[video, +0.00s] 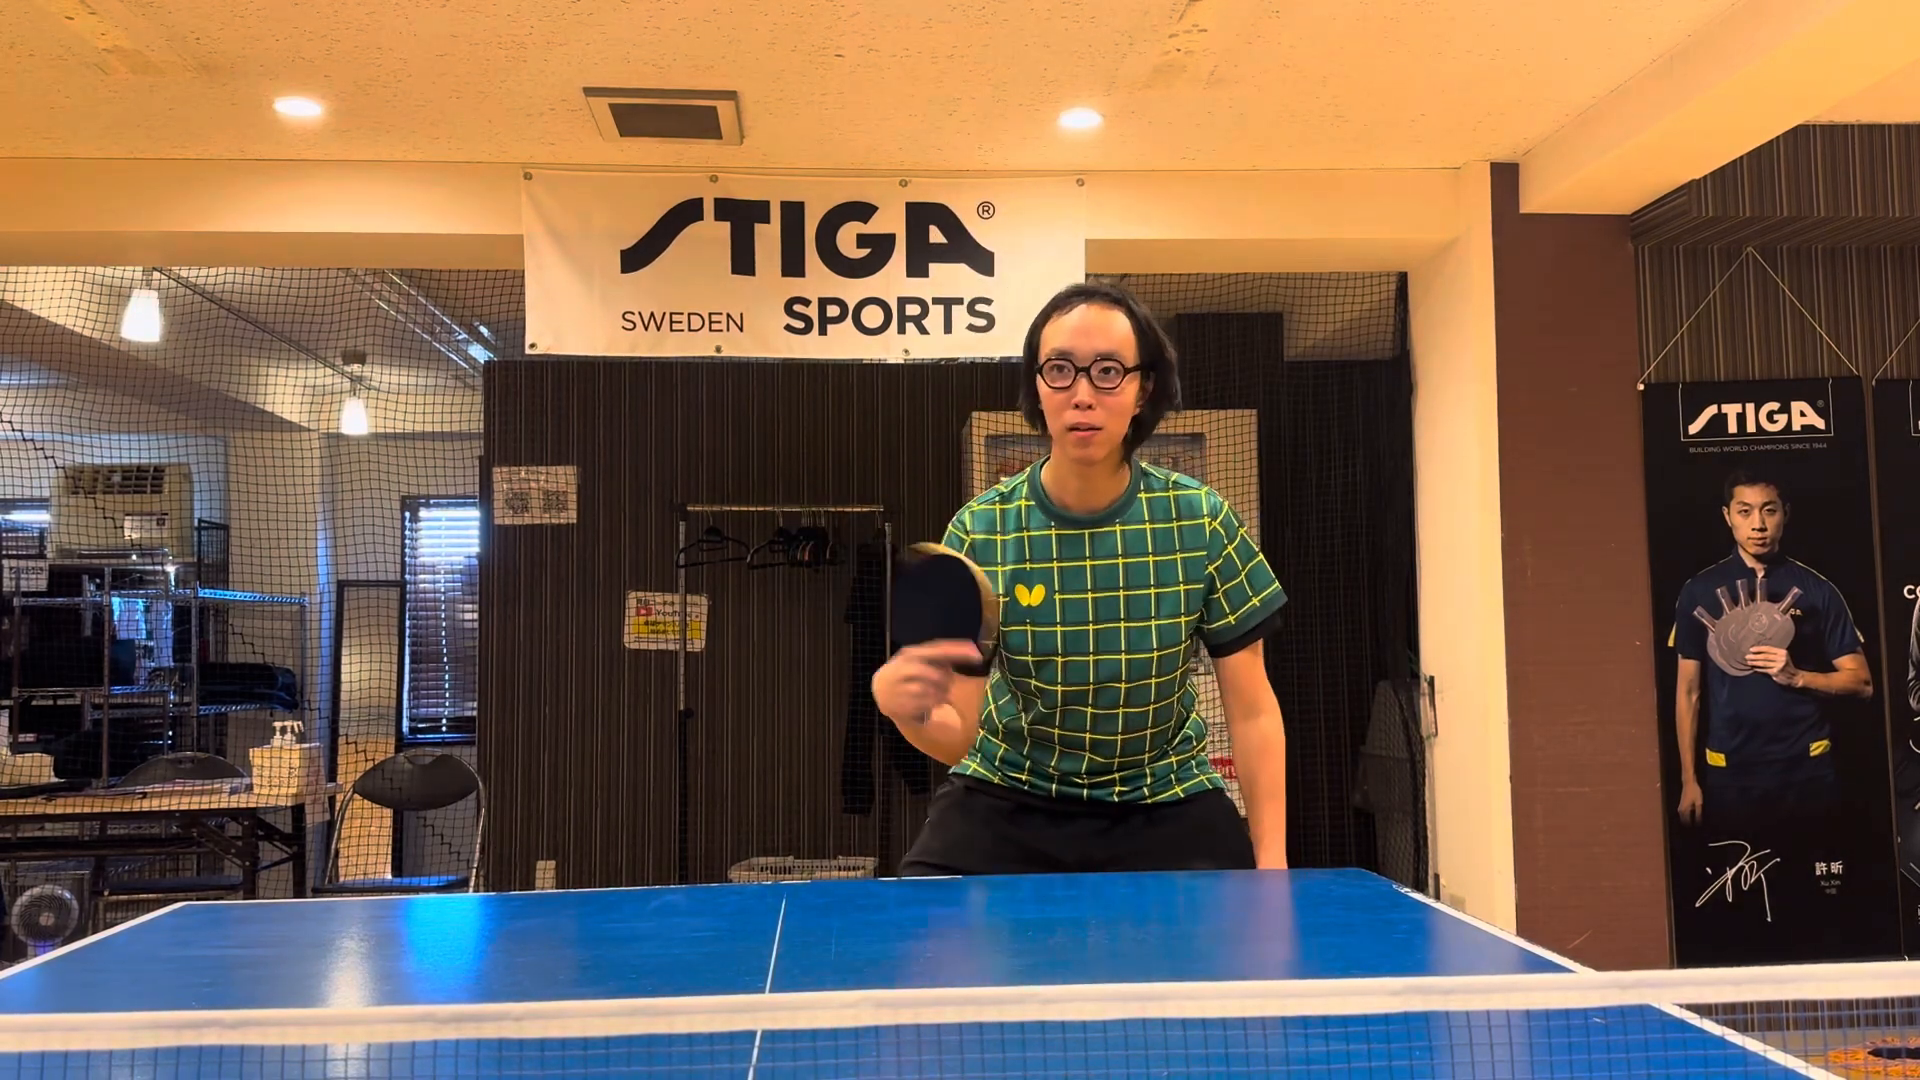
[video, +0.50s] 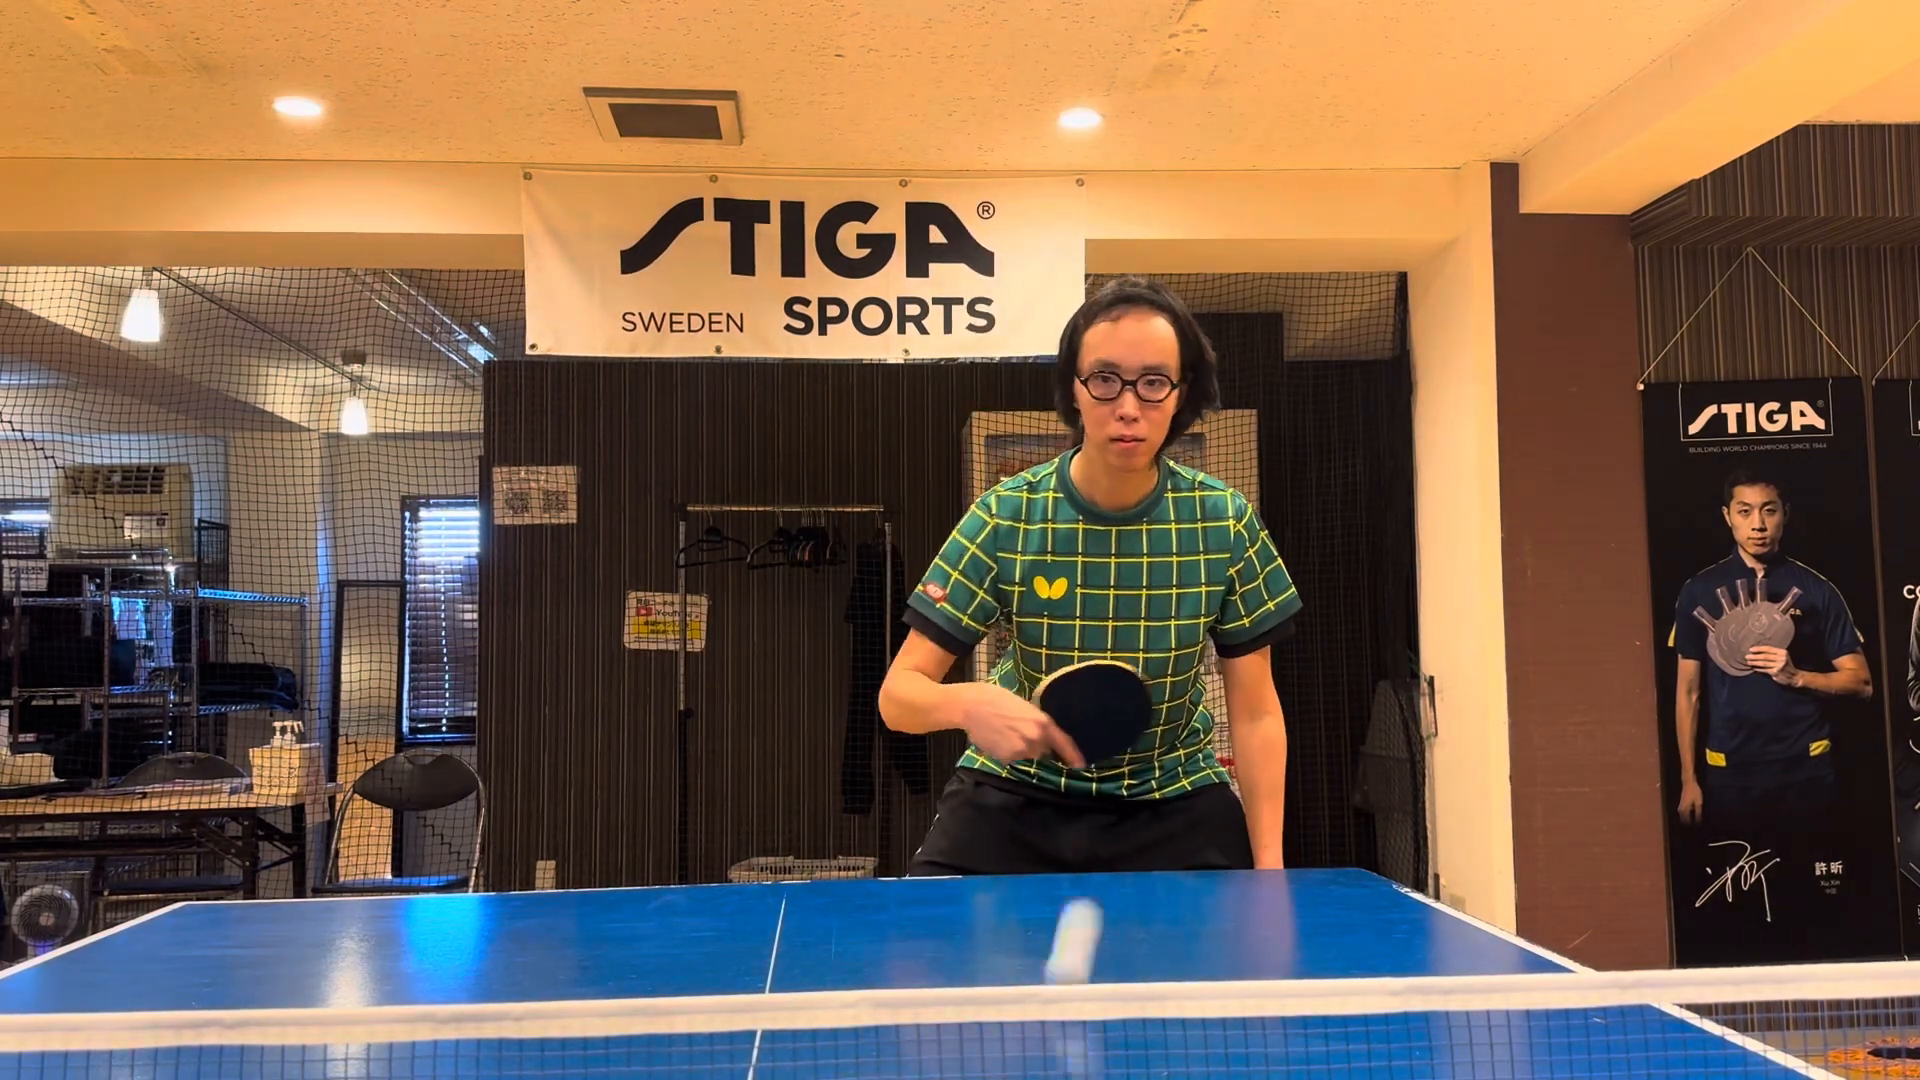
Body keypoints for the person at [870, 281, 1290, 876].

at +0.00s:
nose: (1081, 392)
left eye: (1107, 371)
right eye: (1060, 370)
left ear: (1142, 390)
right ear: (1036, 389)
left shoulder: (1199, 522)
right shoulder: (981, 530)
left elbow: (1252, 711)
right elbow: (957, 734)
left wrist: (1271, 871)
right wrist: (898, 703)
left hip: (1165, 798)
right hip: (1005, 796)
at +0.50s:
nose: (1129, 406)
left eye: (1154, 382)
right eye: (1105, 379)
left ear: (1182, 394)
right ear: (1074, 389)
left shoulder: (1223, 521)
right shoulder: (1005, 516)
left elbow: (1256, 713)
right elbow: (898, 696)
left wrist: (1269, 875)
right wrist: (968, 704)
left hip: (1174, 801)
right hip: (1012, 798)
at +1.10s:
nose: (1111, 364)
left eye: (1137, 344)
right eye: (1089, 341)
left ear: (1169, 367)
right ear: (1060, 360)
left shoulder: (1211, 504)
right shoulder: (996, 506)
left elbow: (1241, 689)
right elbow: (927, 710)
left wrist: (1270, 847)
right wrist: (877, 656)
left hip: (1168, 788)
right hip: (1007, 787)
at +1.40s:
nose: (1056, 353)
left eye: (1082, 332)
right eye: (1035, 331)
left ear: (1117, 354)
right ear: (1012, 351)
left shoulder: (1175, 492)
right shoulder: (959, 501)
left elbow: (1216, 672)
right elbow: (931, 702)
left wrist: (1260, 830)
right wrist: (831, 641)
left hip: (1152, 794)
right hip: (988, 793)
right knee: (905, 977)